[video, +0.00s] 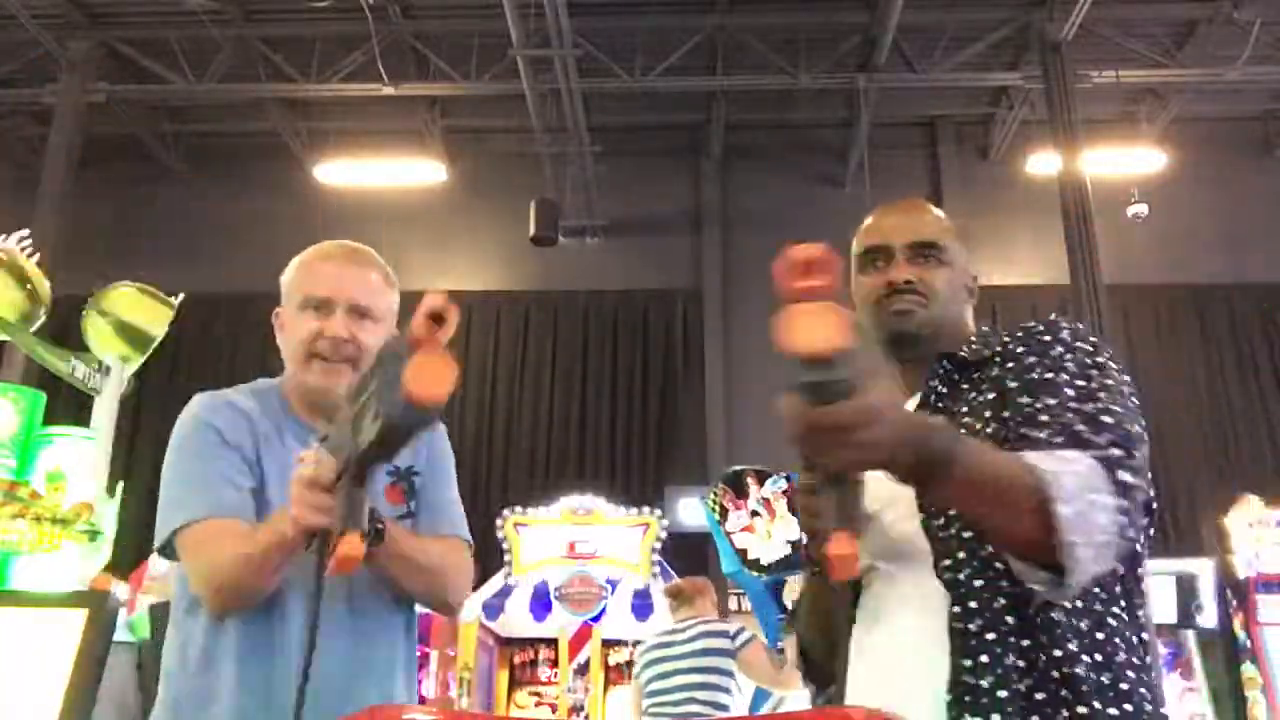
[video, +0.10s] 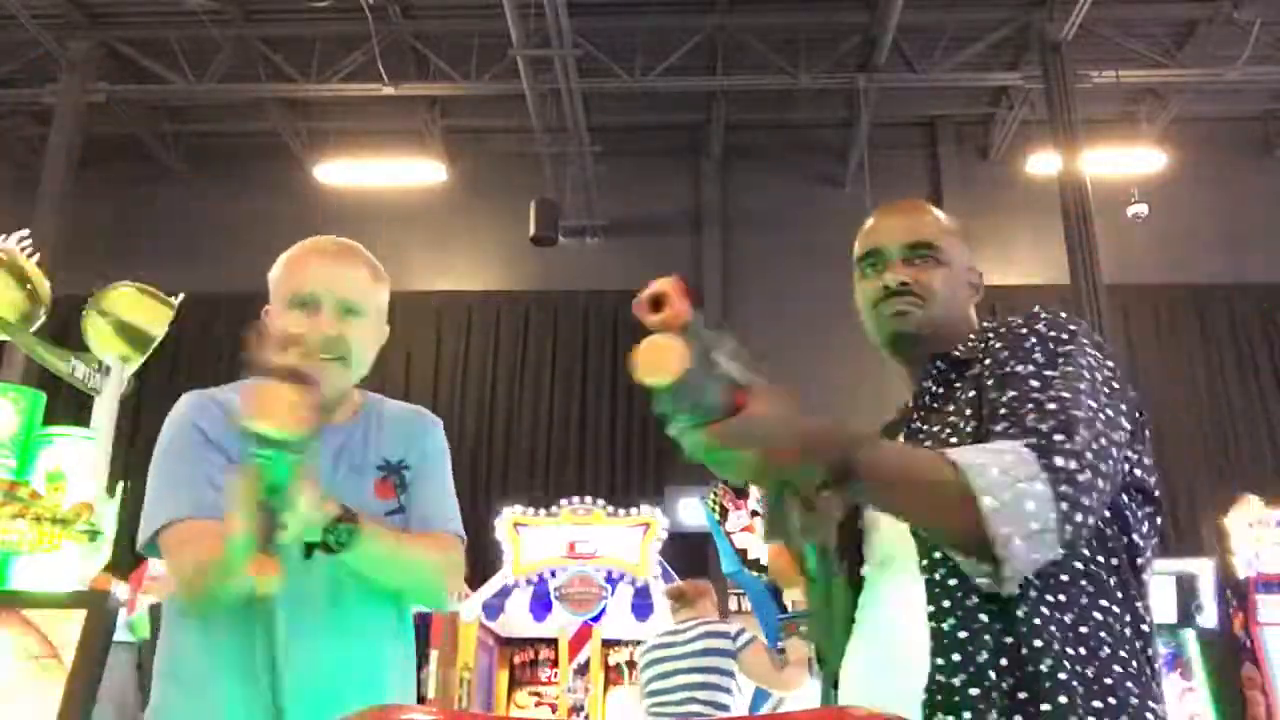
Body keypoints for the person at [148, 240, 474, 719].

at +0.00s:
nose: (338, 330)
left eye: (362, 315)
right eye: (318, 308)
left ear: (389, 337)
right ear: (280, 324)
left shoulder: (417, 436)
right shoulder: (216, 420)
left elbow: (453, 588)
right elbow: (219, 586)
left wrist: (369, 527)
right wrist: (292, 525)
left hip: (369, 711)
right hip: (222, 710)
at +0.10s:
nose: (326, 329)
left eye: (350, 311)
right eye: (304, 306)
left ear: (381, 337)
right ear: (268, 321)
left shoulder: (414, 434)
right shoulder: (201, 418)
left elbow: (445, 579)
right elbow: (195, 576)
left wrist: (331, 522)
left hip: (362, 709)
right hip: (208, 709)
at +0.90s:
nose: (307, 342)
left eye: (332, 320)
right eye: (287, 319)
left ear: (378, 331)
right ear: (259, 328)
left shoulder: (425, 442)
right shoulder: (213, 418)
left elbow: (455, 608)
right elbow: (151, 562)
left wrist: (401, 674)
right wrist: (194, 464)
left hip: (355, 709)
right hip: (207, 707)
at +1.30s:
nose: (217, 262)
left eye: (246, 237)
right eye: (195, 236)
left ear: (301, 258)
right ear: (169, 253)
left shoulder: (365, 391)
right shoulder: (116, 366)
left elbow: (400, 566)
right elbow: (32, 522)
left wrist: (334, 647)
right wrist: (66, 406)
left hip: (283, 711)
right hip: (110, 705)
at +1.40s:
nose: (270, 257)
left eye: (299, 234)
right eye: (246, 233)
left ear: (352, 256)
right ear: (218, 250)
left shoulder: (412, 389)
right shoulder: (161, 366)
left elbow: (447, 572)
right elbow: (86, 526)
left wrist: (351, 648)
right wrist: (79, 405)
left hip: (330, 715)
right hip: (151, 707)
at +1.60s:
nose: (297, 296)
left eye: (322, 277)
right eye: (276, 275)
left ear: (362, 303)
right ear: (245, 295)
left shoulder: (413, 422)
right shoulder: (195, 397)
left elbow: (466, 579)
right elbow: (131, 536)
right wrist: (141, 401)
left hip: (358, 711)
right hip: (190, 704)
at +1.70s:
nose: (333, 300)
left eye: (359, 282)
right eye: (311, 279)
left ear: (396, 308)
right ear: (280, 298)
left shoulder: (440, 416)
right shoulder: (235, 396)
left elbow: (470, 573)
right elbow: (178, 547)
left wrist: (365, 481)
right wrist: (198, 465)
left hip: (379, 704)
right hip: (228, 703)